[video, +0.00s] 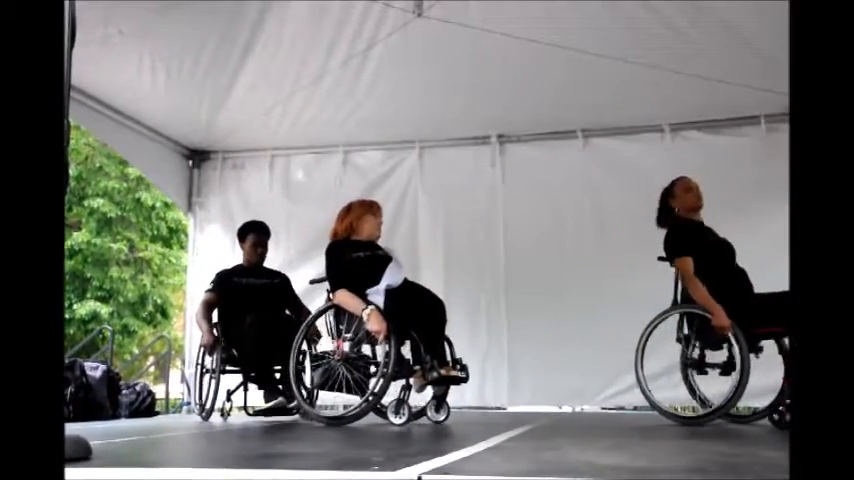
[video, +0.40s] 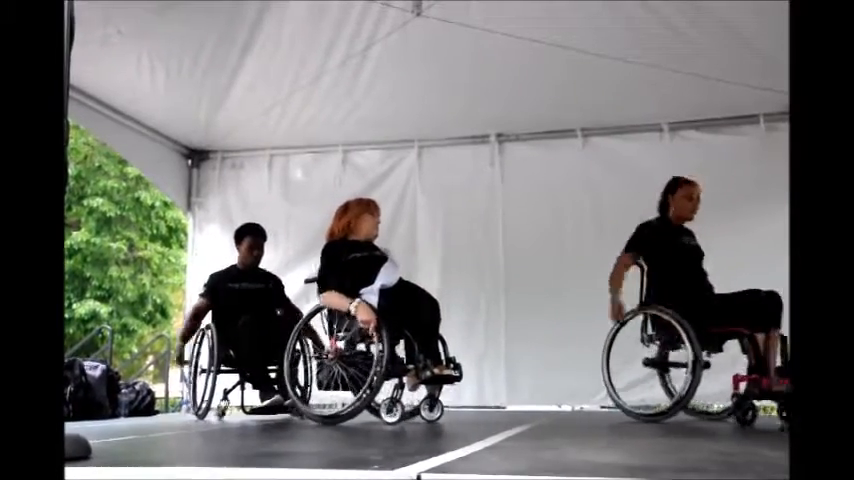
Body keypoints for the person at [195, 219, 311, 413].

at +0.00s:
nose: (261, 250)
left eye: (264, 245)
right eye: (255, 245)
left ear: (268, 246)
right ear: (242, 244)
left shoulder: (279, 280)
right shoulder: (226, 278)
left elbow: (300, 309)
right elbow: (204, 308)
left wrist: (310, 326)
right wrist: (207, 333)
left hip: (273, 339)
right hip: (239, 341)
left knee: (291, 327)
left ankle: (291, 392)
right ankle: (271, 393)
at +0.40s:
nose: (257, 253)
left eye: (260, 248)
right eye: (252, 248)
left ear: (264, 249)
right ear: (238, 247)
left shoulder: (271, 282)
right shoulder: (219, 280)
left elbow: (292, 314)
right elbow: (197, 314)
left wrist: (318, 343)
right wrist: (181, 344)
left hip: (267, 342)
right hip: (233, 345)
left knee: (288, 323)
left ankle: (287, 393)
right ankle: (268, 393)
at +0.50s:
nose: (258, 255)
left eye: (261, 249)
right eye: (252, 249)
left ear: (263, 250)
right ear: (238, 248)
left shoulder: (269, 282)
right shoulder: (218, 281)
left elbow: (295, 310)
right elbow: (191, 313)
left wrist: (323, 332)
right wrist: (163, 343)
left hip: (262, 343)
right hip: (230, 346)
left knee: (282, 324)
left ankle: (286, 392)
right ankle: (266, 393)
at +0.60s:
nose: (256, 255)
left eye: (259, 251)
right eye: (251, 250)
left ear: (263, 252)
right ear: (237, 248)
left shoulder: (268, 281)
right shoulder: (219, 281)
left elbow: (297, 301)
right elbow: (184, 307)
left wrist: (322, 302)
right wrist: (148, 328)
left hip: (262, 343)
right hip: (230, 347)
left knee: (282, 323)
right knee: (247, 327)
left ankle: (286, 389)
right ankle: (264, 392)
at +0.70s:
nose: (255, 257)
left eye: (258, 253)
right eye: (250, 252)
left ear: (261, 252)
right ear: (236, 250)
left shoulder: (268, 278)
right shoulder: (217, 278)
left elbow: (301, 287)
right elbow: (179, 291)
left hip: (261, 343)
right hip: (226, 347)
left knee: (280, 324)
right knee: (246, 328)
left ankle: (285, 390)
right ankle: (263, 392)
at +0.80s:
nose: (254, 258)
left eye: (257, 254)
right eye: (249, 253)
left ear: (260, 254)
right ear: (236, 250)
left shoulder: (266, 277)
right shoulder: (215, 278)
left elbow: (295, 282)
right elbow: (178, 285)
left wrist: (307, 255)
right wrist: (143, 268)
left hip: (259, 343)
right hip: (227, 345)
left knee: (277, 324)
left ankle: (282, 392)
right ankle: (261, 391)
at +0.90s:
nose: (251, 258)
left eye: (254, 253)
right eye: (246, 253)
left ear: (258, 253)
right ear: (233, 251)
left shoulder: (262, 279)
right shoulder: (215, 278)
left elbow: (292, 273)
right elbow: (177, 281)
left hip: (257, 342)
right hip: (225, 346)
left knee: (275, 325)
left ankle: (279, 391)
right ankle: (258, 392)